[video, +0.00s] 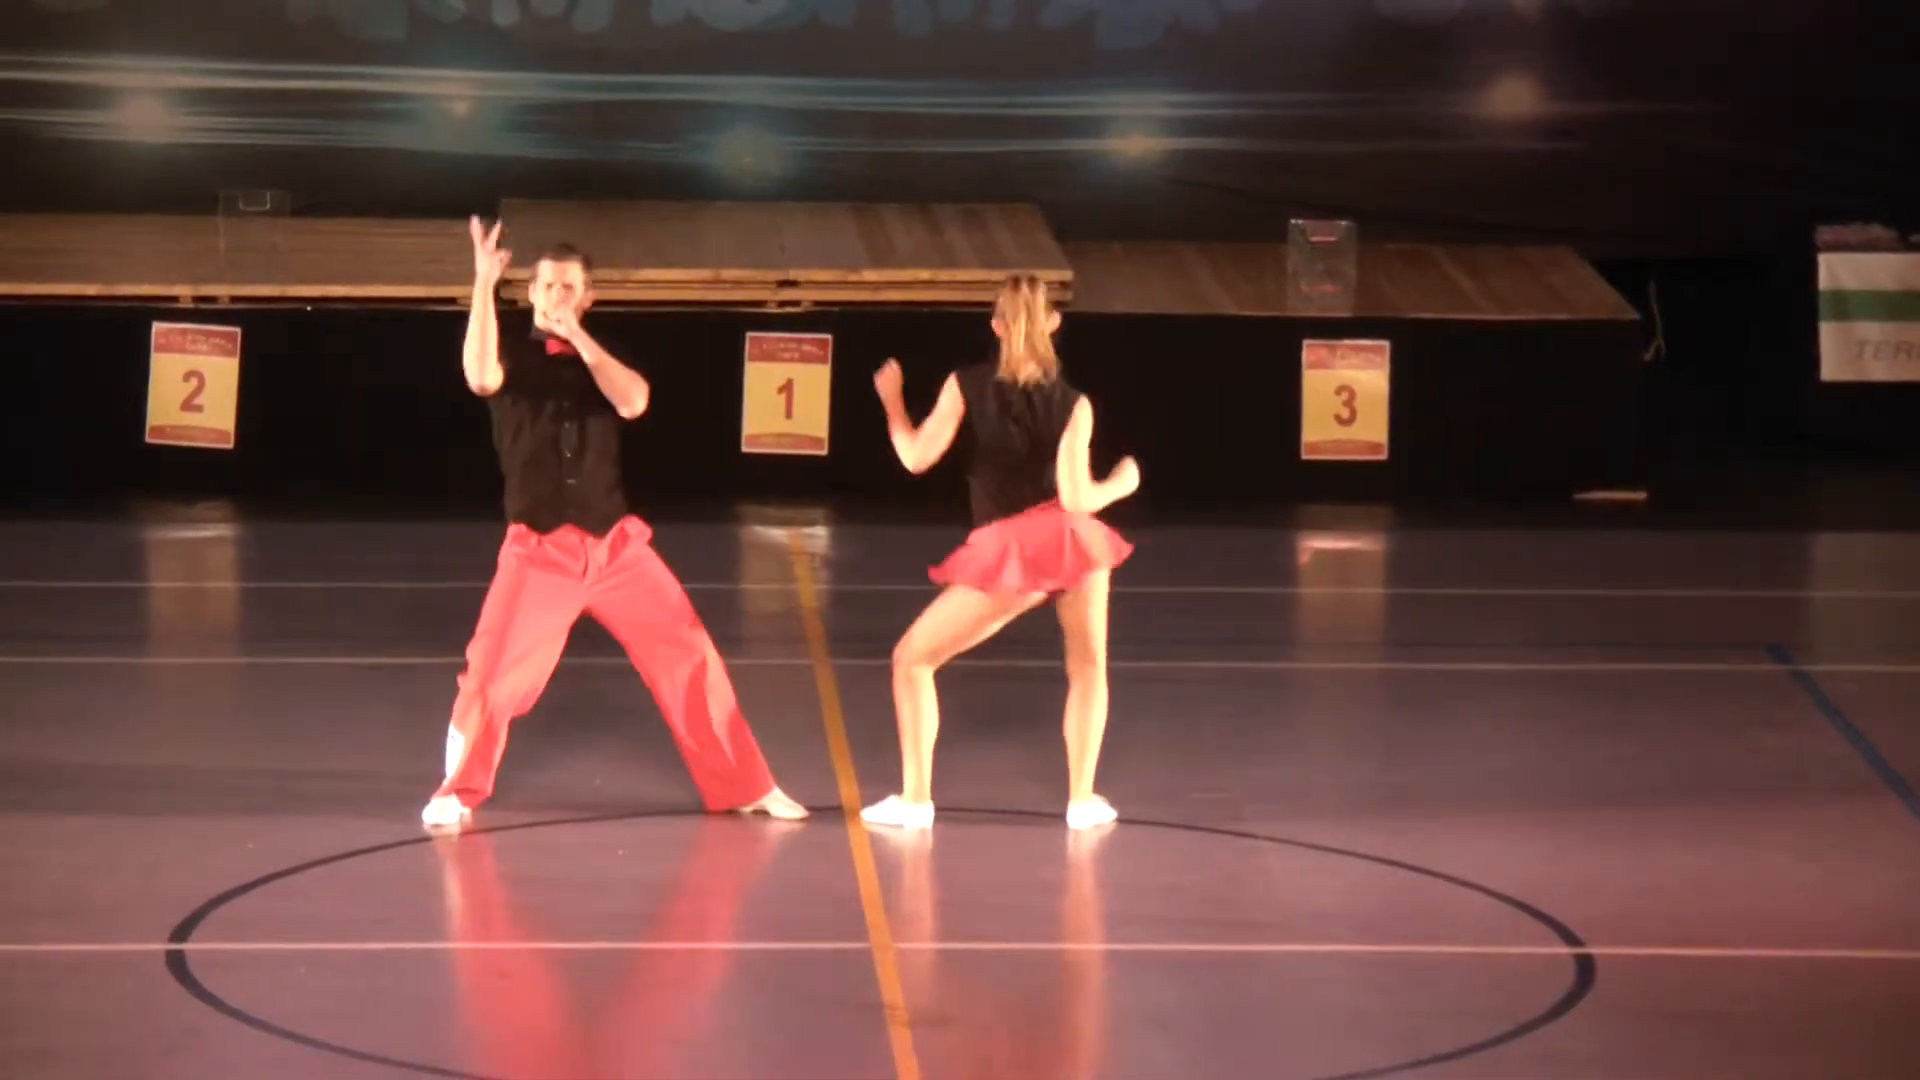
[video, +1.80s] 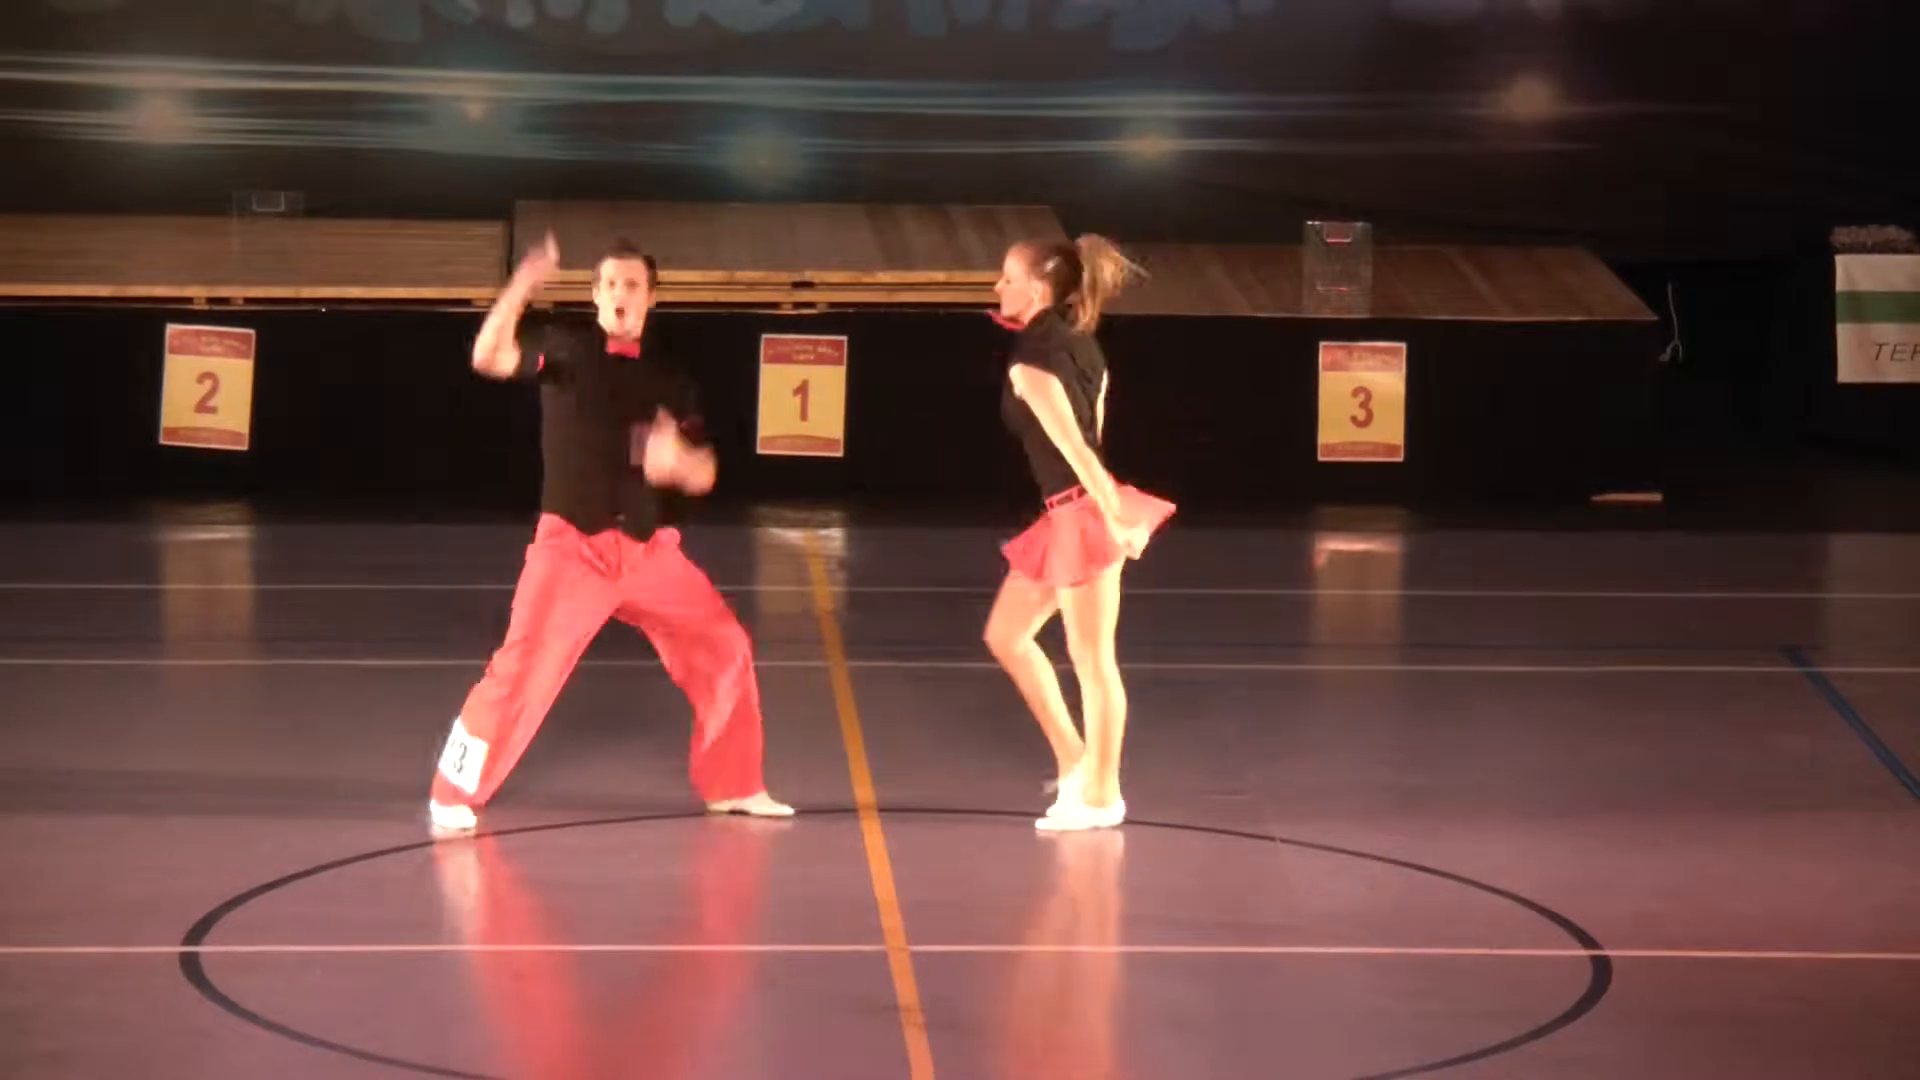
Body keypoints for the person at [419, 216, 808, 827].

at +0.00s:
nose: (558, 295)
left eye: (569, 285)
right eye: (549, 284)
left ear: (586, 296)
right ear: (532, 291)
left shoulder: (600, 358)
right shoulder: (509, 355)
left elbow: (635, 402)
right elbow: (482, 377)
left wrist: (577, 337)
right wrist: (485, 285)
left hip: (618, 547)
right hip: (536, 551)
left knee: (692, 656)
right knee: (489, 673)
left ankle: (748, 786)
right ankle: (456, 796)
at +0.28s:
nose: (512, 312)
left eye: (524, 302)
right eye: (503, 302)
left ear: (548, 308)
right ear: (491, 310)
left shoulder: (585, 362)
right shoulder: (483, 382)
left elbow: (607, 403)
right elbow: (491, 455)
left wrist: (540, 352)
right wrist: (460, 370)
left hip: (615, 552)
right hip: (533, 561)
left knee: (698, 658)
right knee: (488, 683)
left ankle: (754, 788)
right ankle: (458, 798)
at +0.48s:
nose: (541, 322)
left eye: (549, 308)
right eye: (527, 310)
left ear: (563, 311)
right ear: (502, 316)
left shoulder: (596, 371)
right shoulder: (488, 394)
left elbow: (644, 457)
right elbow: (489, 500)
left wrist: (597, 407)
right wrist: (508, 442)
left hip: (620, 551)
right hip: (541, 560)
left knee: (700, 662)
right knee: (507, 686)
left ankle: (766, 790)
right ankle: (465, 799)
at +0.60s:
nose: (620, 345)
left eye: (622, 333)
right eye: (616, 331)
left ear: (580, 331)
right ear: (581, 329)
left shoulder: (589, 395)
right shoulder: (514, 387)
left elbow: (613, 488)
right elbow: (480, 482)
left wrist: (696, 474)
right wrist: (571, 486)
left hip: (628, 553)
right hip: (553, 566)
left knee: (705, 659)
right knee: (525, 694)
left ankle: (766, 789)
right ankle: (469, 800)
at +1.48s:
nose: (607, 309)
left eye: (615, 297)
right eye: (594, 297)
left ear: (628, 304)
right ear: (570, 305)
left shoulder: (656, 375)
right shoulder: (539, 379)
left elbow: (697, 446)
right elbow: (500, 471)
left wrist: (678, 500)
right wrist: (550, 452)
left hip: (655, 561)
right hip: (568, 564)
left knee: (724, 674)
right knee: (519, 679)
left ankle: (776, 799)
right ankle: (470, 799)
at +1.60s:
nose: (615, 286)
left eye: (625, 275)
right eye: (604, 275)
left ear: (643, 283)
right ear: (587, 284)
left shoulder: (661, 361)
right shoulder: (558, 335)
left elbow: (686, 434)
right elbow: (498, 372)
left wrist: (671, 481)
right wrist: (533, 292)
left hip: (648, 537)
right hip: (568, 537)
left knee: (710, 660)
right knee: (529, 666)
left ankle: (763, 791)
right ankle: (470, 795)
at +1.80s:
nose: (621, 295)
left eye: (632, 284)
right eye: (611, 284)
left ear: (652, 297)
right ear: (594, 295)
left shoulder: (667, 375)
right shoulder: (564, 348)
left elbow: (705, 473)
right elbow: (488, 358)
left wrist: (678, 461)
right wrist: (521, 284)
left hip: (651, 553)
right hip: (570, 549)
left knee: (726, 647)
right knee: (525, 666)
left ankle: (733, 786)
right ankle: (453, 795)